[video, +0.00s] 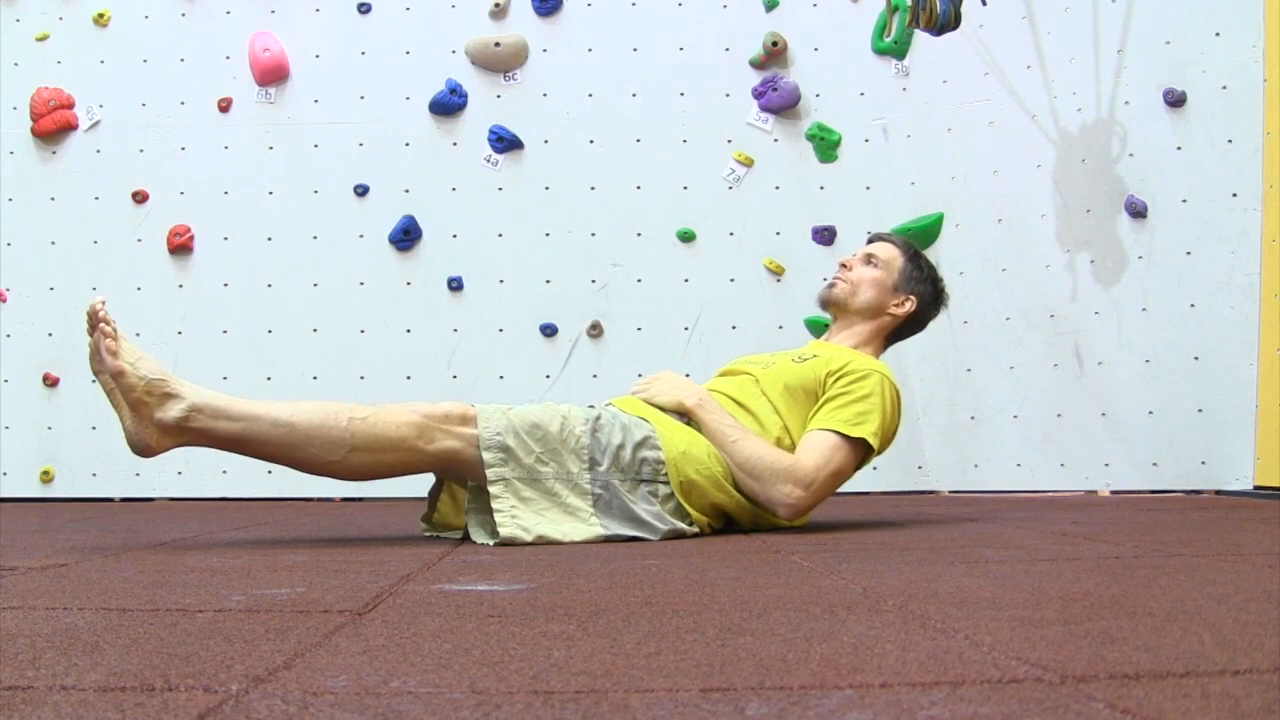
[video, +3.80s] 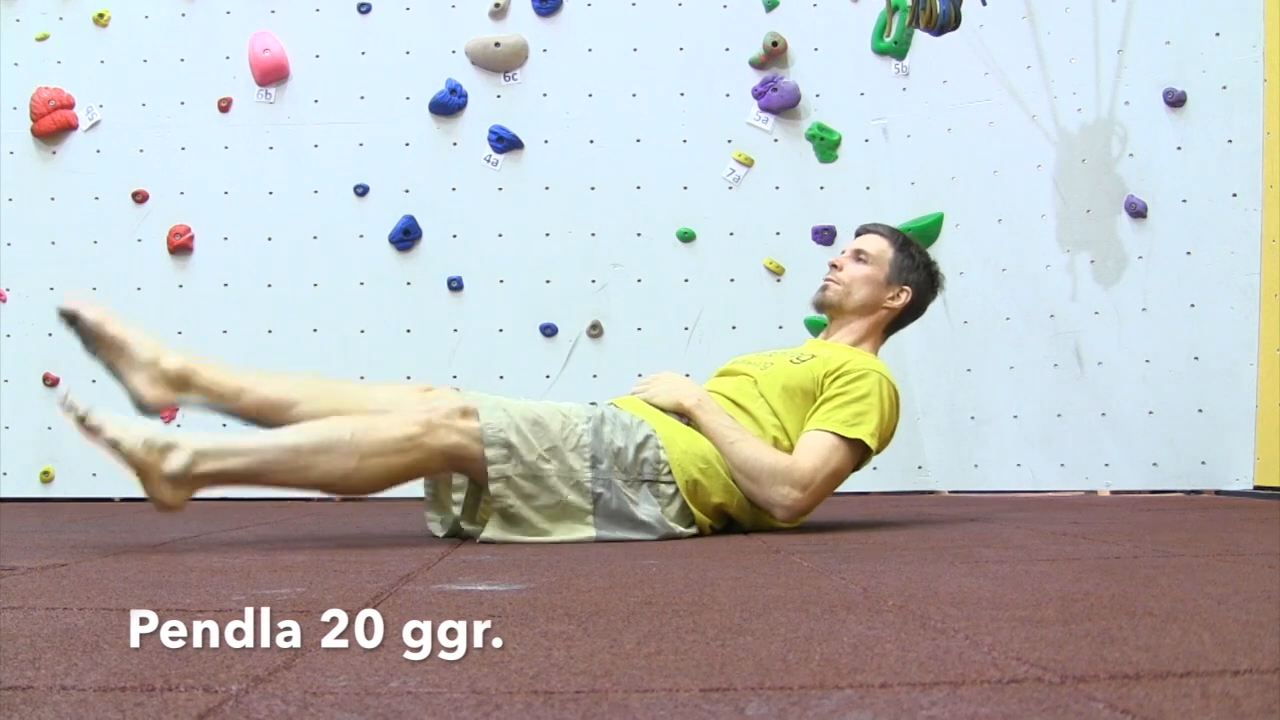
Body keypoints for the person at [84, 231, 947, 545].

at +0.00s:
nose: (848, 260)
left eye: (873, 259)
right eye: (857, 250)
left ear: (900, 306)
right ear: (863, 290)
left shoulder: (866, 380)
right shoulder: (809, 363)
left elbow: (792, 494)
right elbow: (758, 476)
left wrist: (699, 402)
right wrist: (678, 409)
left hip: (656, 460)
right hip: (640, 447)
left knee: (441, 431)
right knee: (429, 430)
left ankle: (175, 412)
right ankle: (177, 413)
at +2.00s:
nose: (832, 260)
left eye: (856, 257)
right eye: (838, 250)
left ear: (890, 298)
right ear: (841, 283)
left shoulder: (862, 377)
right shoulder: (790, 360)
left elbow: (793, 490)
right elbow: (730, 450)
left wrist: (700, 402)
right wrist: (667, 402)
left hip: (646, 466)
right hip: (616, 435)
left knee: (444, 452)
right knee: (445, 393)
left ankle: (178, 468)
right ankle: (208, 327)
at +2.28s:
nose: (831, 261)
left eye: (854, 258)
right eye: (837, 251)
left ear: (890, 299)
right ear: (844, 285)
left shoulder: (860, 374)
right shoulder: (793, 363)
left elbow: (789, 492)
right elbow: (740, 463)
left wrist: (700, 403)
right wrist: (660, 404)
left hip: (648, 457)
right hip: (618, 446)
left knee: (445, 408)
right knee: (399, 438)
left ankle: (188, 363)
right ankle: (165, 434)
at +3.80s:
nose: (839, 258)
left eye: (863, 256)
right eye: (845, 248)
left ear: (896, 299)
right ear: (852, 285)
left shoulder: (863, 378)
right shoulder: (800, 361)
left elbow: (792, 494)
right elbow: (750, 470)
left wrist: (698, 401)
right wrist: (670, 410)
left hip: (652, 462)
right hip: (621, 440)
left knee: (447, 427)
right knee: (415, 403)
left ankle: (185, 467)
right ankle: (178, 378)